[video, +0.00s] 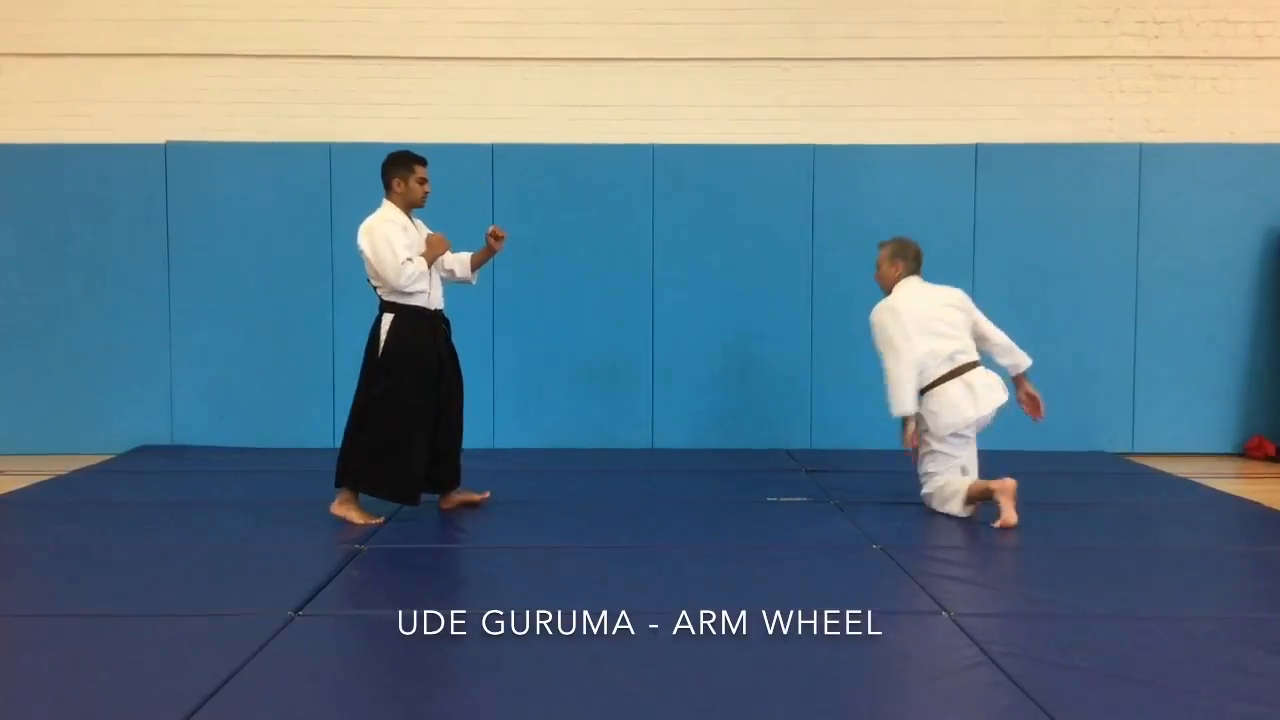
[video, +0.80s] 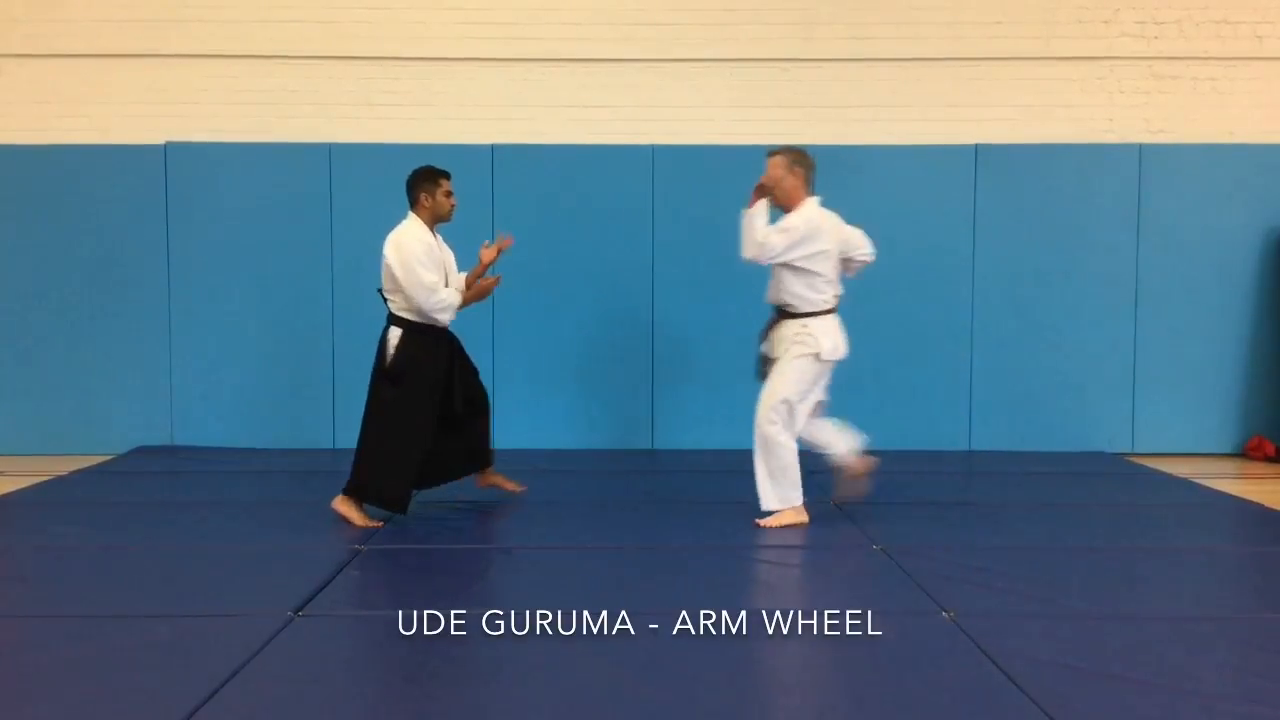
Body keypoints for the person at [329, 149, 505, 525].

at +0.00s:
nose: (428, 188)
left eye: (427, 181)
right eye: (421, 181)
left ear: (406, 185)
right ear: (397, 184)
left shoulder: (416, 228)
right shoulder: (376, 226)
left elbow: (450, 267)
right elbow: (401, 277)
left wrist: (487, 252)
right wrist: (430, 254)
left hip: (432, 327)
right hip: (399, 327)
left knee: (445, 407)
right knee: (377, 411)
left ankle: (449, 491)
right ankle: (346, 497)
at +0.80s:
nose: (453, 201)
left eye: (452, 194)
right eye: (447, 194)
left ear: (427, 199)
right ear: (424, 198)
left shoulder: (434, 240)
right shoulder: (406, 240)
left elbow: (455, 289)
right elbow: (433, 302)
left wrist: (481, 267)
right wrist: (473, 295)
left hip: (437, 338)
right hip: (408, 341)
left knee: (474, 401)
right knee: (390, 422)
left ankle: (484, 472)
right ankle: (350, 497)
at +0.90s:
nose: (466, 208)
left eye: (464, 201)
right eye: (459, 202)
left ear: (438, 208)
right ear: (437, 207)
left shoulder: (436, 243)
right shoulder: (426, 247)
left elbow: (462, 293)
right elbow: (462, 305)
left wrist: (492, 274)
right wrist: (497, 284)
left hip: (447, 344)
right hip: (425, 346)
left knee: (485, 404)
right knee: (403, 425)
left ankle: (508, 461)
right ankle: (354, 495)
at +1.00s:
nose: (481, 211)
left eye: (479, 205)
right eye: (474, 206)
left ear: (457, 213)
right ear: (452, 212)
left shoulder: (458, 246)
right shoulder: (449, 249)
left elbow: (491, 290)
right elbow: (502, 293)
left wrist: (510, 270)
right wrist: (523, 268)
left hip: (471, 346)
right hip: (447, 347)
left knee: (501, 409)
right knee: (416, 422)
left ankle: (517, 472)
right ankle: (363, 491)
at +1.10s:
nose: (493, 213)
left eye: (493, 206)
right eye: (486, 207)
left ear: (485, 211)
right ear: (465, 214)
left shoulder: (485, 248)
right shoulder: (463, 246)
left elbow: (512, 298)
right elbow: (527, 259)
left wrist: (526, 258)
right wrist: (547, 229)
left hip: (493, 346)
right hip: (464, 346)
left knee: (509, 412)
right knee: (435, 420)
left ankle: (514, 478)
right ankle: (384, 492)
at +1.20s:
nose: (503, 211)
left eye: (507, 205)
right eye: (495, 204)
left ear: (510, 208)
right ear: (478, 207)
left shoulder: (515, 249)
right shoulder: (465, 235)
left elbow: (537, 303)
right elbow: (497, 228)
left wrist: (529, 278)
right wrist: (524, 199)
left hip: (504, 340)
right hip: (470, 338)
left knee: (514, 409)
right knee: (458, 414)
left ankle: (516, 477)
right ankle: (414, 492)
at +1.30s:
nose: (507, 204)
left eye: (513, 197)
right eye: (501, 197)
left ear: (521, 202)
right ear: (489, 201)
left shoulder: (530, 242)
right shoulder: (474, 231)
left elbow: (544, 291)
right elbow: (444, 225)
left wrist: (520, 261)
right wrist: (471, 201)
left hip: (510, 336)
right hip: (472, 333)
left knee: (518, 407)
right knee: (470, 409)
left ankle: (517, 478)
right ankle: (438, 487)